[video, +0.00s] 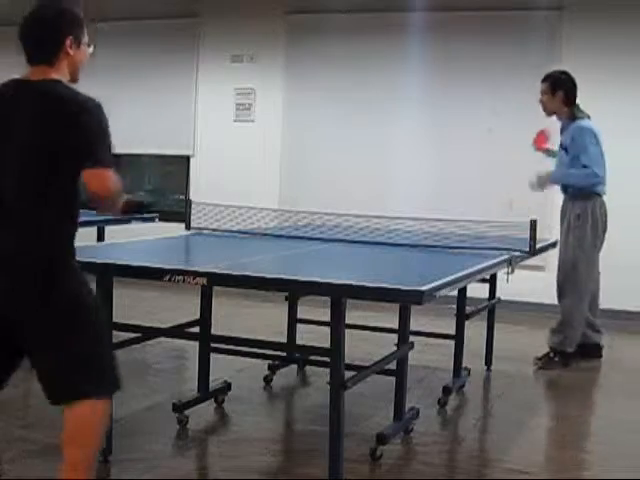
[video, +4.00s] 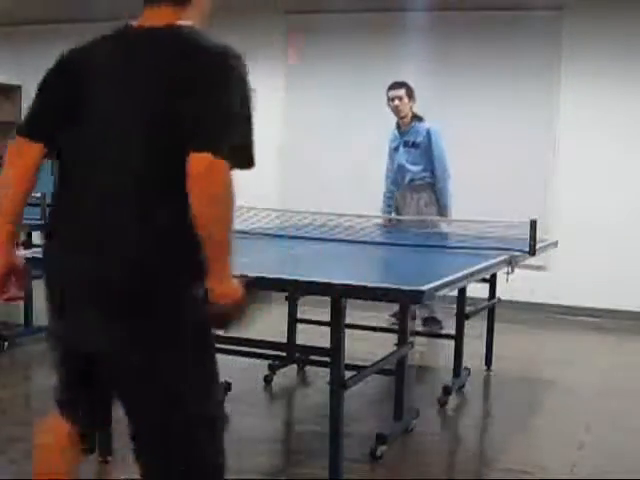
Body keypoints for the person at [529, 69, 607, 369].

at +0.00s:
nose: (541, 101)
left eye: (544, 95)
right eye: (541, 95)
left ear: (562, 97)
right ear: (560, 97)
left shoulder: (582, 131)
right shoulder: (569, 129)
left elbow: (594, 176)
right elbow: (574, 163)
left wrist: (553, 177)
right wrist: (550, 152)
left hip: (586, 208)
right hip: (576, 206)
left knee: (574, 275)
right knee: (582, 274)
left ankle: (564, 347)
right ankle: (588, 340)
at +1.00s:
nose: (496, 99)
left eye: (502, 94)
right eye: (493, 94)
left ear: (516, 97)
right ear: (489, 98)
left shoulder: (534, 132)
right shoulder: (488, 137)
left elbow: (543, 174)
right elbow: (482, 177)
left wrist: (515, 157)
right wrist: (469, 201)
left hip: (523, 203)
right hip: (496, 204)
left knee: (527, 274)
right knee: (483, 272)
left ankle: (545, 343)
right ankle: (481, 334)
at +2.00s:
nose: (406, 111)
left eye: (411, 105)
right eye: (406, 106)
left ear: (428, 106)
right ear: (417, 109)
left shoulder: (457, 137)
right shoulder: (420, 142)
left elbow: (484, 175)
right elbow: (426, 186)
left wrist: (470, 203)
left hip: (462, 207)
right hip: (435, 206)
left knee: (480, 273)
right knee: (418, 267)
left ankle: (512, 333)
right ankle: (396, 331)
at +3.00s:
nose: (400, 95)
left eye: (404, 89)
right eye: (395, 91)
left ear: (414, 93)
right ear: (389, 97)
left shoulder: (431, 128)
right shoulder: (383, 135)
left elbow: (439, 166)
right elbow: (387, 178)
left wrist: (438, 198)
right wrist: (413, 200)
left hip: (430, 201)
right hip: (399, 202)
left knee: (435, 260)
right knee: (393, 262)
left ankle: (439, 323)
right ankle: (385, 327)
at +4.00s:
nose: (396, 104)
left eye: (400, 98)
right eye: (391, 100)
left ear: (411, 101)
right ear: (388, 105)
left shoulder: (428, 132)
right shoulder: (395, 138)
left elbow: (442, 172)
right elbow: (390, 177)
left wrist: (445, 212)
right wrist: (386, 211)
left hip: (424, 193)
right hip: (402, 194)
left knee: (425, 250)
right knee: (403, 249)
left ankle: (430, 310)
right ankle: (406, 305)